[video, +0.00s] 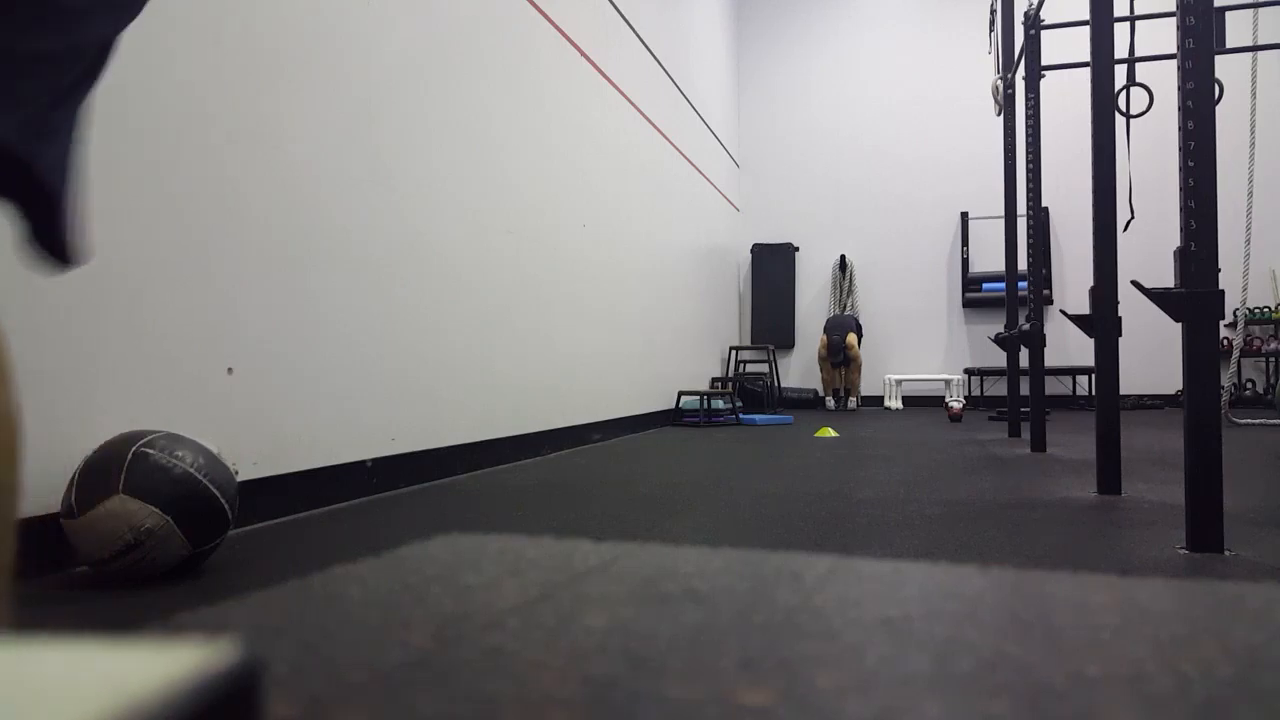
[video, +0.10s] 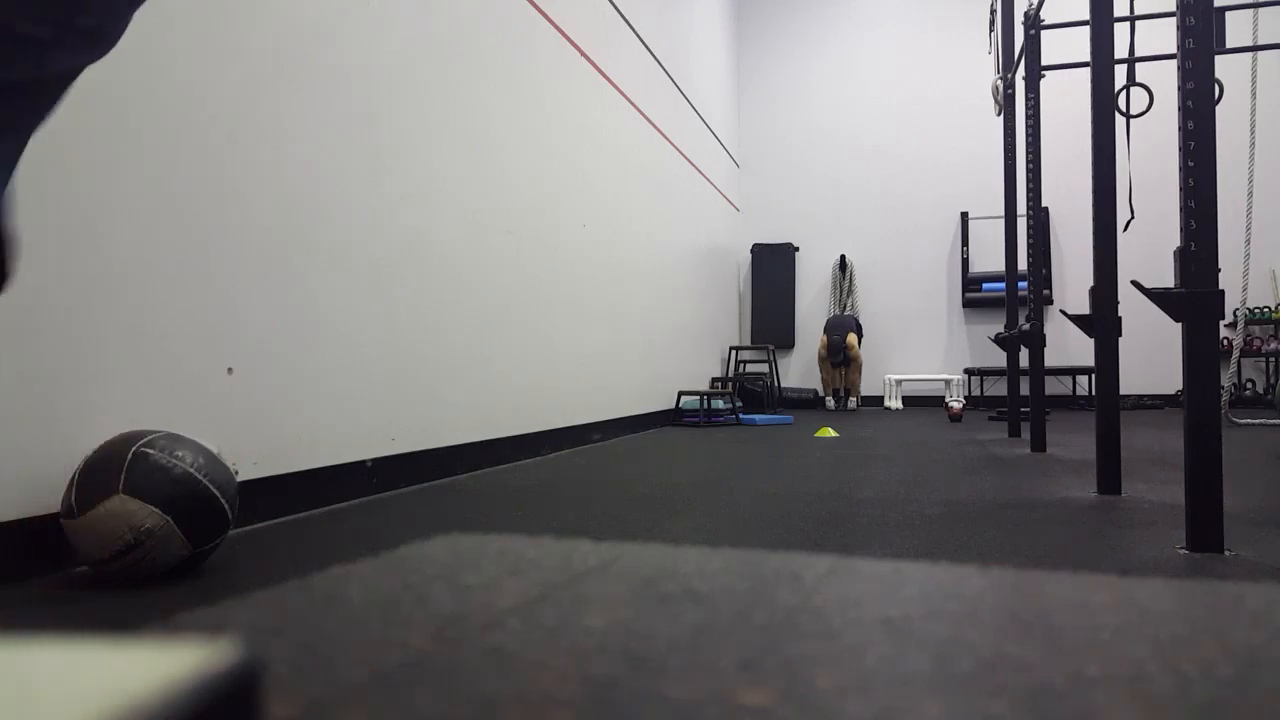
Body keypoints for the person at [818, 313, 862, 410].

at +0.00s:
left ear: (843, 347)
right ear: (828, 348)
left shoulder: (852, 344)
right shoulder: (823, 346)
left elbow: (855, 372)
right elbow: (826, 373)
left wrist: (853, 397)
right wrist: (828, 397)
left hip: (853, 322)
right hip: (830, 322)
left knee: (849, 366)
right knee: (834, 367)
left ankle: (848, 398)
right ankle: (834, 397)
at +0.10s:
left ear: (843, 348)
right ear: (828, 349)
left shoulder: (852, 345)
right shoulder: (823, 346)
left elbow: (855, 372)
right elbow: (825, 373)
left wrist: (853, 397)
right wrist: (828, 397)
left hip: (853, 322)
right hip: (830, 323)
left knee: (848, 365)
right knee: (834, 367)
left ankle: (848, 398)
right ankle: (835, 397)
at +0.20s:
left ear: (844, 347)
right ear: (829, 348)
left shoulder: (852, 344)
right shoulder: (823, 346)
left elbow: (856, 372)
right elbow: (824, 374)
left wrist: (853, 397)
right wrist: (828, 397)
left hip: (853, 323)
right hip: (831, 323)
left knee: (848, 366)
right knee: (834, 367)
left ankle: (848, 397)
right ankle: (835, 397)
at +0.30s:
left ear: (844, 348)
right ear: (829, 349)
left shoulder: (852, 344)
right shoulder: (823, 346)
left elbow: (858, 372)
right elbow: (824, 374)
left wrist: (853, 397)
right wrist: (828, 397)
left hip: (853, 323)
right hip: (831, 323)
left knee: (848, 366)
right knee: (834, 367)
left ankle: (848, 398)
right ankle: (835, 397)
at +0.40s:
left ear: (844, 348)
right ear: (829, 350)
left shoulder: (853, 345)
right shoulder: (823, 346)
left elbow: (859, 373)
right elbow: (823, 374)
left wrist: (854, 398)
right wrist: (828, 397)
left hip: (853, 323)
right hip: (831, 323)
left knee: (849, 367)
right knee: (834, 367)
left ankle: (848, 399)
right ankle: (834, 397)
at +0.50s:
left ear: (844, 349)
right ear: (829, 350)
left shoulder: (853, 345)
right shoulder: (823, 346)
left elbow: (860, 373)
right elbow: (823, 374)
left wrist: (854, 398)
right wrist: (828, 397)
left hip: (853, 323)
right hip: (831, 323)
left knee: (849, 367)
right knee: (834, 367)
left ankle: (848, 398)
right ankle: (835, 397)